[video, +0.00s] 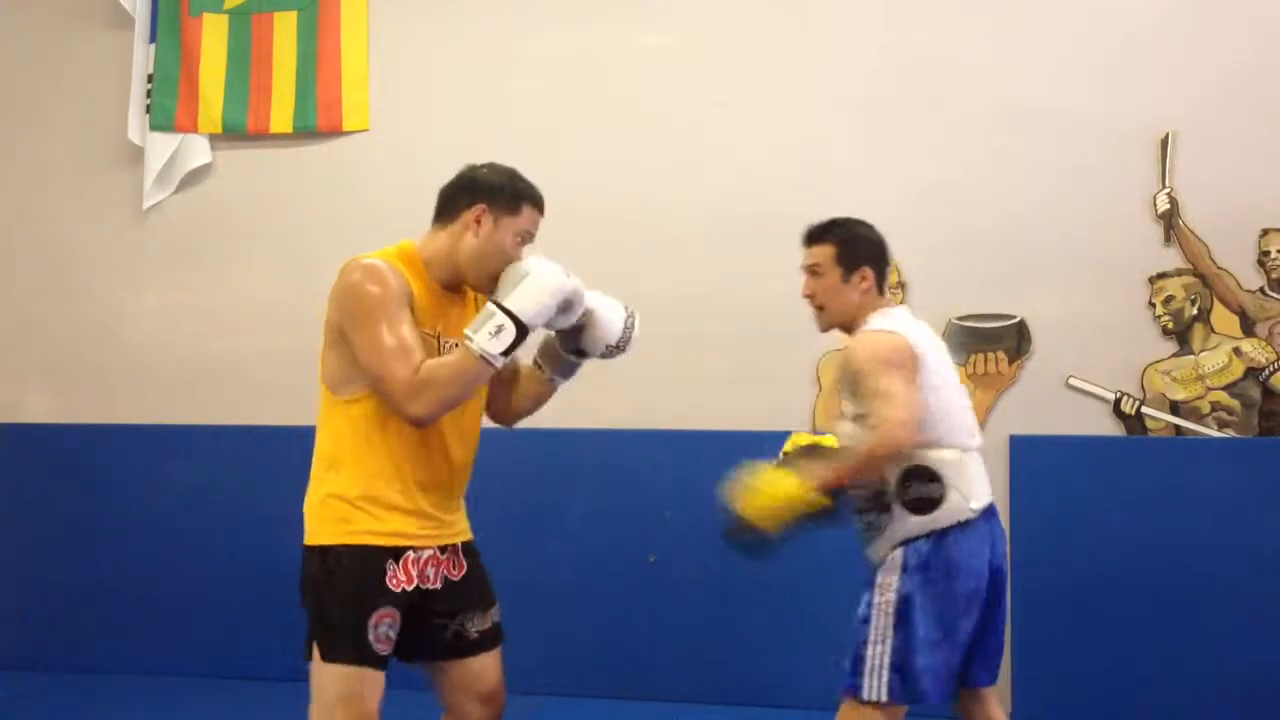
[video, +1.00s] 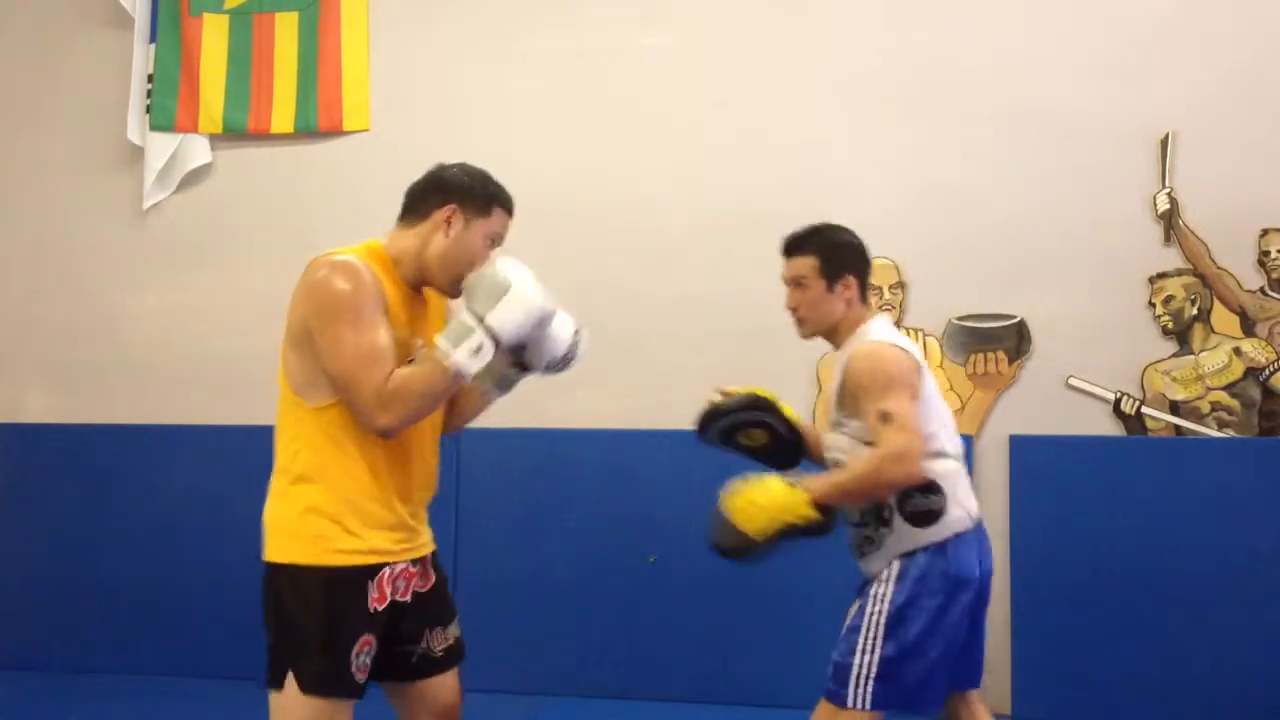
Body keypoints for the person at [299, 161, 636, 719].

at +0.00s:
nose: (523, 258)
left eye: (528, 244)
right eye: (520, 239)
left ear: (480, 225)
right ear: (477, 220)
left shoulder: (477, 304)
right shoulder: (369, 280)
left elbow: (505, 405)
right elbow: (417, 398)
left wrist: (567, 351)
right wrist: (507, 318)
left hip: (444, 532)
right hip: (359, 534)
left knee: (481, 699)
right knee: (350, 708)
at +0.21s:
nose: (504, 260)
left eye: (509, 246)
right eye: (502, 241)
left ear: (459, 226)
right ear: (459, 223)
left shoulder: (451, 306)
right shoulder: (351, 282)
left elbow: (470, 413)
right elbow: (411, 402)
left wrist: (534, 352)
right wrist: (499, 320)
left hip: (418, 541)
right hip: (335, 549)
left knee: (455, 701)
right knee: (322, 710)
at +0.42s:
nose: (479, 275)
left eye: (489, 262)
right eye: (483, 255)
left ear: (445, 229)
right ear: (446, 228)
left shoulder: (424, 303)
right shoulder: (334, 280)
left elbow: (435, 412)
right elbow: (399, 400)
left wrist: (503, 355)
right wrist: (485, 313)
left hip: (389, 539)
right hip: (312, 549)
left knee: (445, 699)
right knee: (309, 709)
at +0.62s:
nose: (474, 272)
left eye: (482, 259)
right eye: (478, 252)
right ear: (450, 225)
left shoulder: (428, 304)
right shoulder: (342, 273)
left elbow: (449, 412)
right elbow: (415, 383)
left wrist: (512, 347)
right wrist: (486, 285)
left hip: (404, 540)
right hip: (326, 545)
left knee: (436, 703)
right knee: (320, 707)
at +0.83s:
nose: (494, 264)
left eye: (504, 250)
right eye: (497, 244)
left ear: (457, 222)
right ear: (460, 219)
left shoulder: (445, 303)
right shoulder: (353, 270)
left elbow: (471, 411)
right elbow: (409, 385)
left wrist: (534, 346)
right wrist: (496, 298)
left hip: (415, 539)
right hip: (336, 542)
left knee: (438, 705)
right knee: (329, 709)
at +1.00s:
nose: (490, 261)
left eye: (496, 247)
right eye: (490, 241)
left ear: (448, 225)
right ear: (448, 222)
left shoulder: (433, 305)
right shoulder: (339, 279)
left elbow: (446, 415)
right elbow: (382, 408)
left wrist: (512, 364)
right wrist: (480, 331)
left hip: (406, 549)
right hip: (324, 556)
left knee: (438, 705)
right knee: (315, 710)